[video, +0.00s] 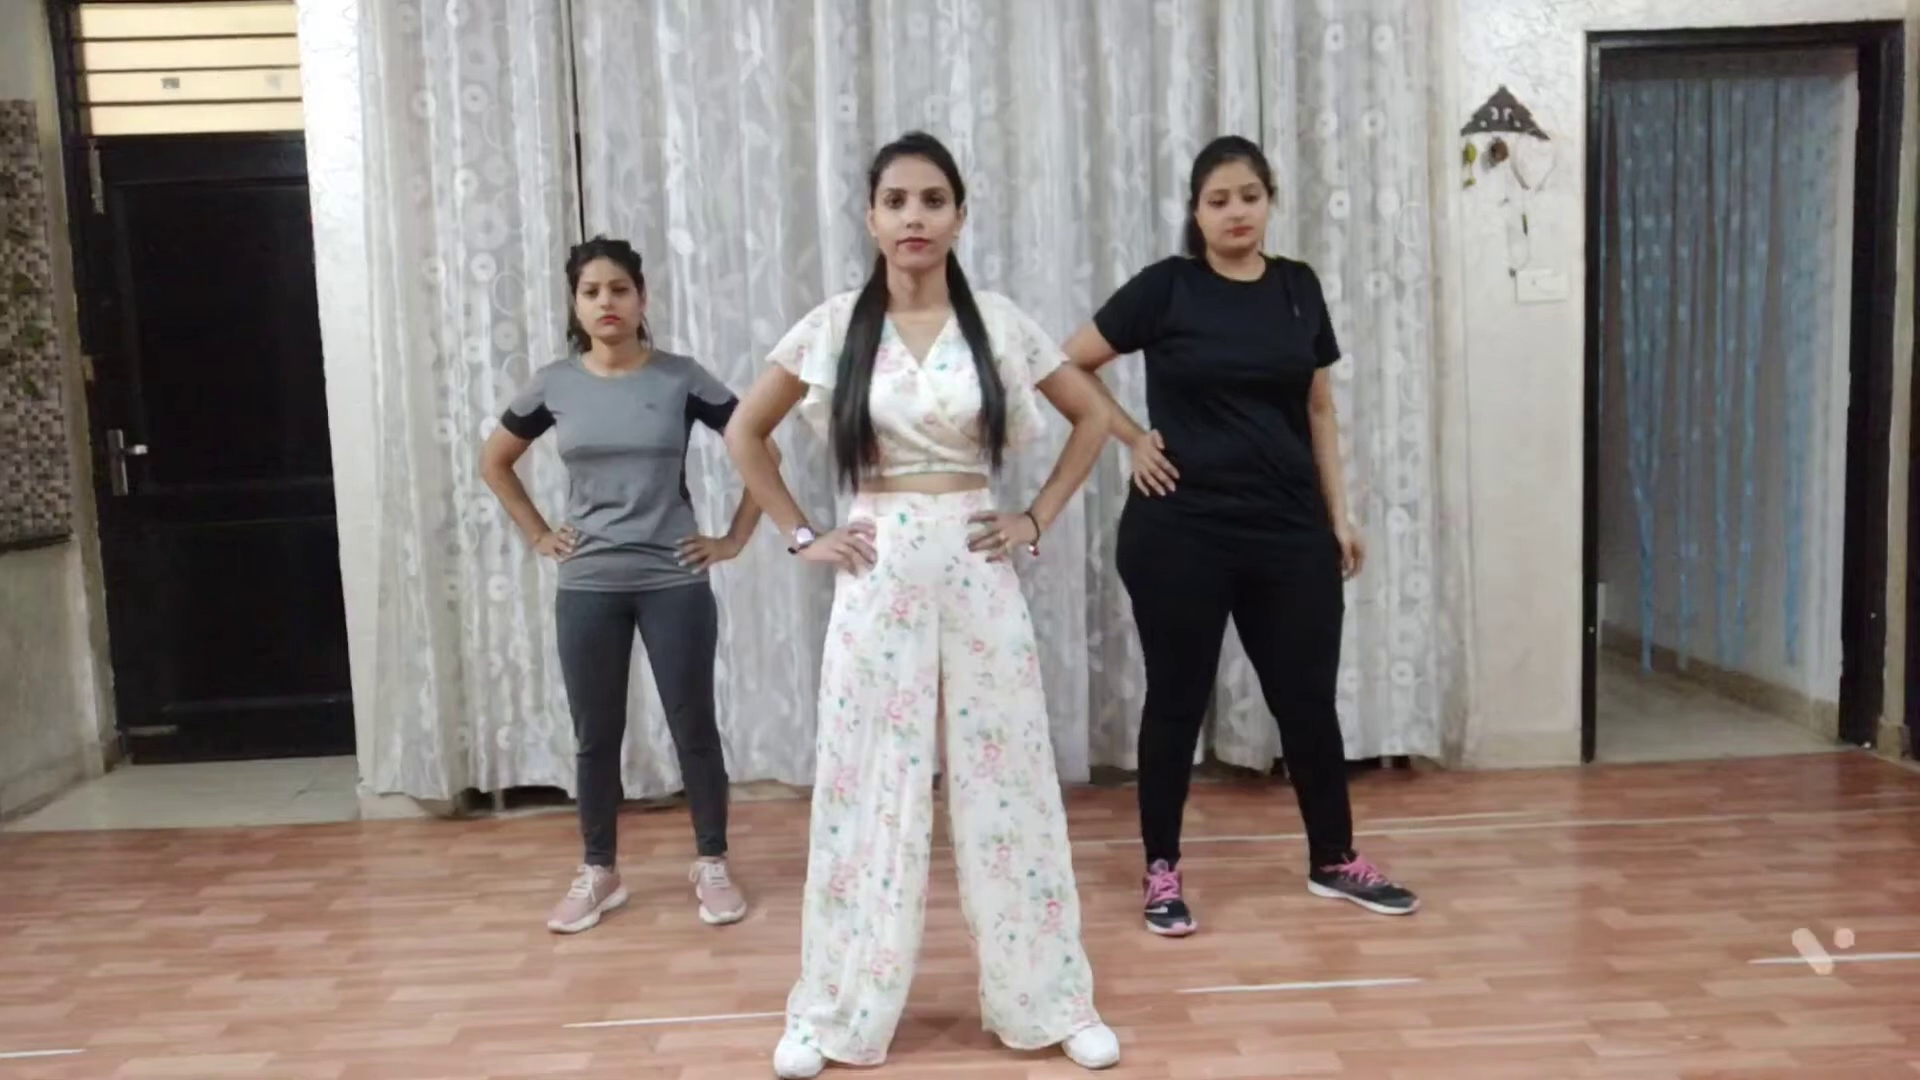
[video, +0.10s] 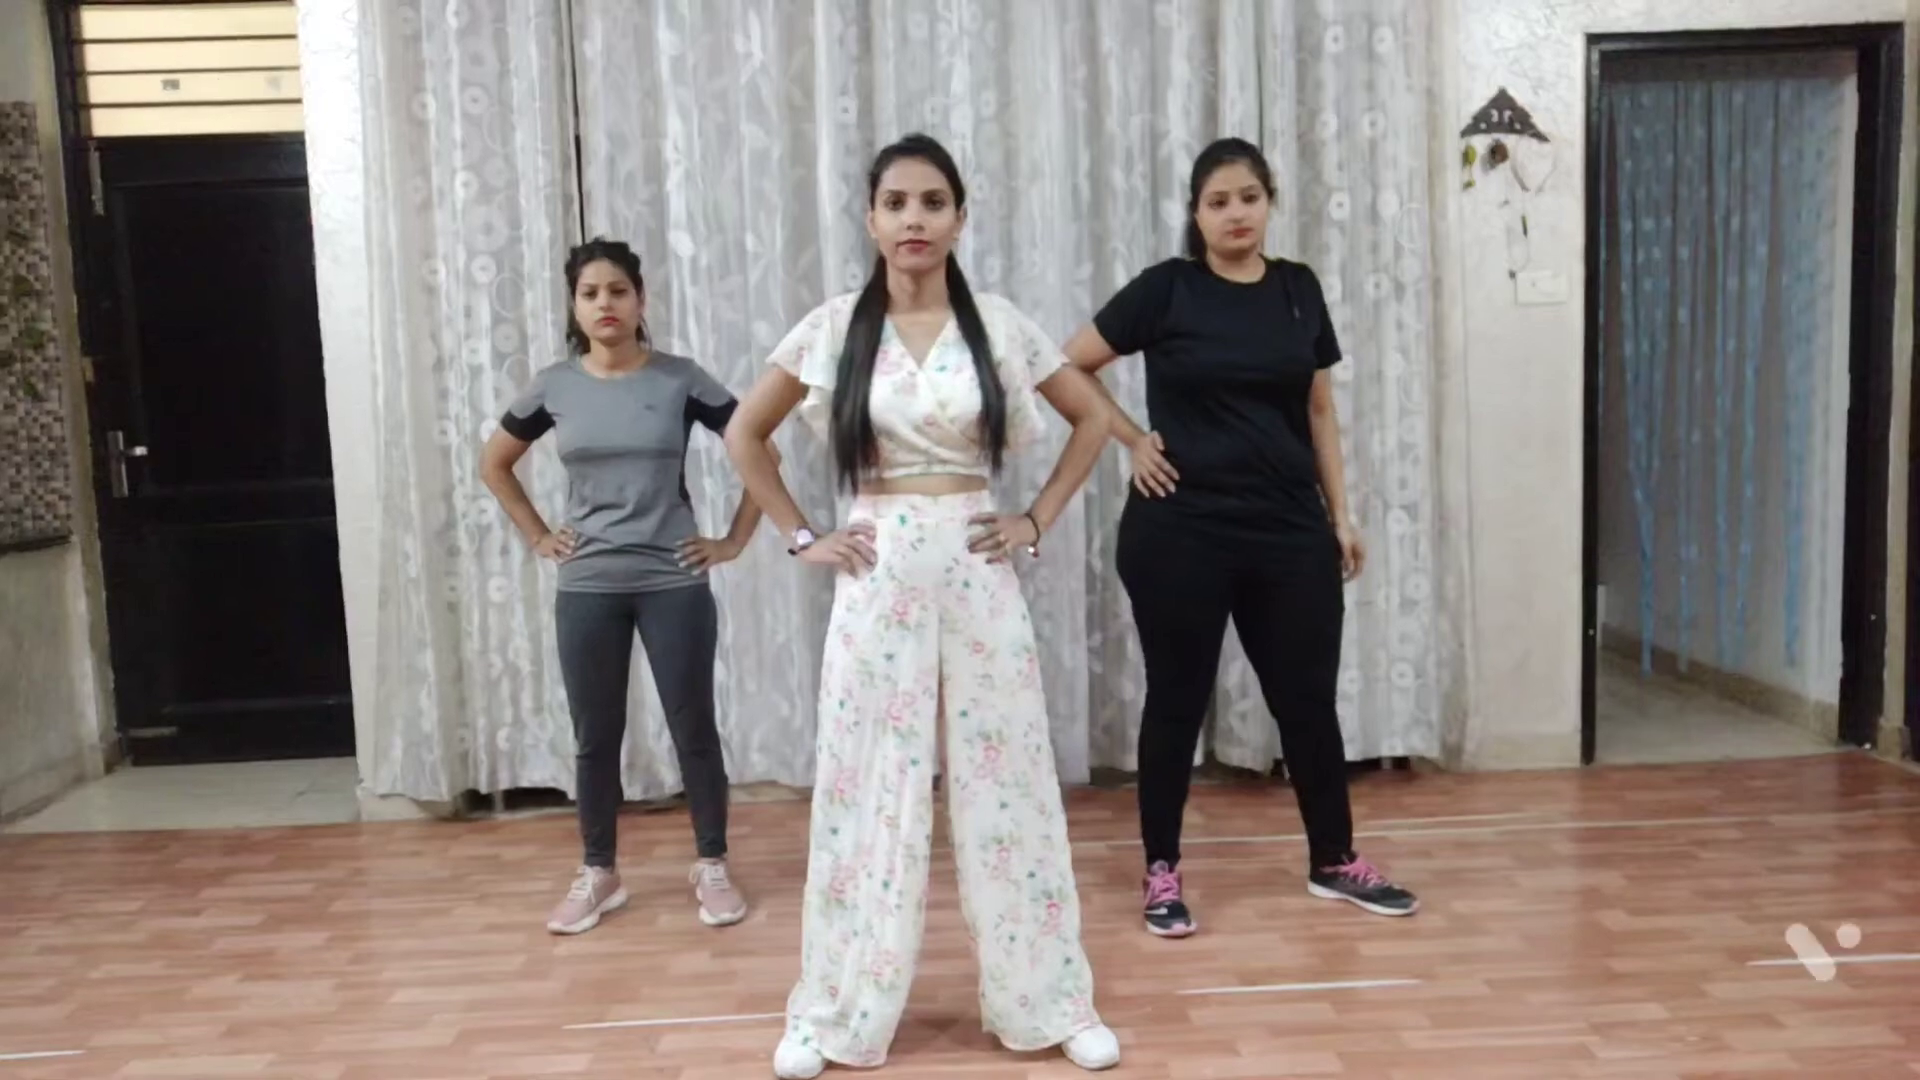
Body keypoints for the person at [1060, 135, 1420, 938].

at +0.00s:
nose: (1236, 213)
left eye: (1250, 197)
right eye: (1219, 200)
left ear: (1270, 204)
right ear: (1195, 211)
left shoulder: (1298, 287)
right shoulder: (1164, 289)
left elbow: (1320, 411)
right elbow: (1067, 369)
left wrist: (1336, 516)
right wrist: (1132, 436)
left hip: (1288, 529)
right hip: (1181, 528)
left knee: (1310, 701)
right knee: (1176, 702)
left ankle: (1335, 860)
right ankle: (1162, 869)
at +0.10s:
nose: (1236, 213)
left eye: (1249, 198)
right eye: (1219, 201)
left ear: (1269, 205)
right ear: (1196, 212)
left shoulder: (1298, 289)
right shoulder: (1165, 290)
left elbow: (1320, 412)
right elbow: (1068, 370)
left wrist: (1338, 516)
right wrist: (1131, 437)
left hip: (1288, 529)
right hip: (1180, 528)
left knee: (1310, 701)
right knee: (1177, 700)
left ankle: (1335, 861)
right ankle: (1162, 870)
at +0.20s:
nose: (1236, 212)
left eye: (1249, 197)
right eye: (1220, 199)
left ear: (1270, 204)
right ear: (1197, 211)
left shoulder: (1299, 288)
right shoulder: (1166, 289)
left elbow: (1320, 412)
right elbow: (1069, 368)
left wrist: (1336, 516)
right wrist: (1132, 436)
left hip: (1288, 529)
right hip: (1181, 527)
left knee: (1310, 700)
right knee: (1177, 701)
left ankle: (1335, 861)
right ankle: (1162, 869)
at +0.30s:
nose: (1237, 212)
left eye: (1250, 197)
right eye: (1220, 200)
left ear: (1271, 204)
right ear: (1197, 211)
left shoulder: (1299, 288)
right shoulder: (1166, 289)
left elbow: (1321, 412)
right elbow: (1069, 368)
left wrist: (1336, 515)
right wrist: (1131, 435)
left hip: (1287, 528)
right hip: (1180, 527)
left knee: (1310, 699)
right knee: (1177, 700)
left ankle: (1335, 860)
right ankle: (1162, 869)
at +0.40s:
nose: (1238, 212)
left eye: (1251, 197)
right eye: (1221, 200)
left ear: (1272, 204)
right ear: (1198, 211)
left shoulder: (1301, 288)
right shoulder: (1167, 289)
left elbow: (1322, 412)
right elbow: (1069, 369)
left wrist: (1337, 515)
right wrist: (1132, 435)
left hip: (1287, 528)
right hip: (1180, 526)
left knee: (1311, 700)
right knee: (1177, 700)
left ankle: (1335, 861)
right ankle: (1162, 870)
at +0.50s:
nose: (1237, 213)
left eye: (1251, 197)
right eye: (1221, 200)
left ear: (1271, 205)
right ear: (1198, 211)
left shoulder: (1300, 289)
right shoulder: (1167, 289)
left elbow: (1322, 412)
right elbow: (1069, 369)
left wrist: (1336, 516)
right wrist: (1131, 435)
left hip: (1286, 529)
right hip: (1180, 527)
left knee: (1311, 701)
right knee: (1176, 701)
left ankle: (1335, 861)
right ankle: (1162, 870)